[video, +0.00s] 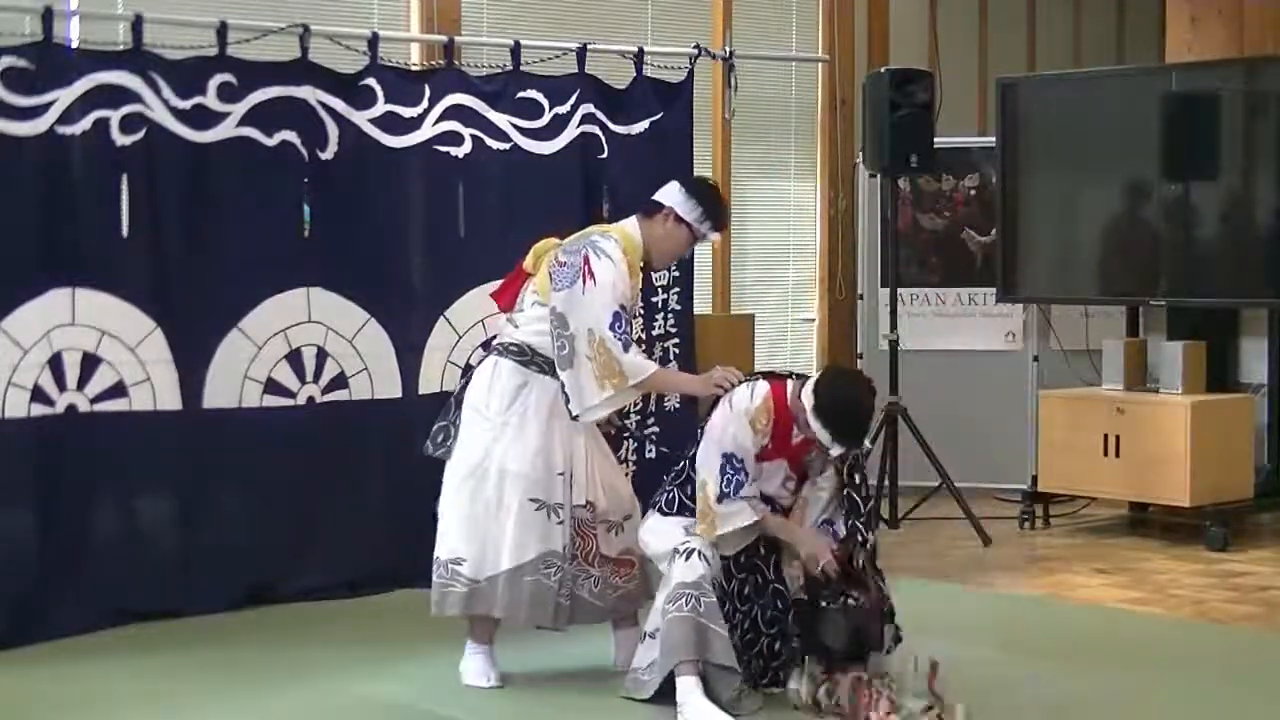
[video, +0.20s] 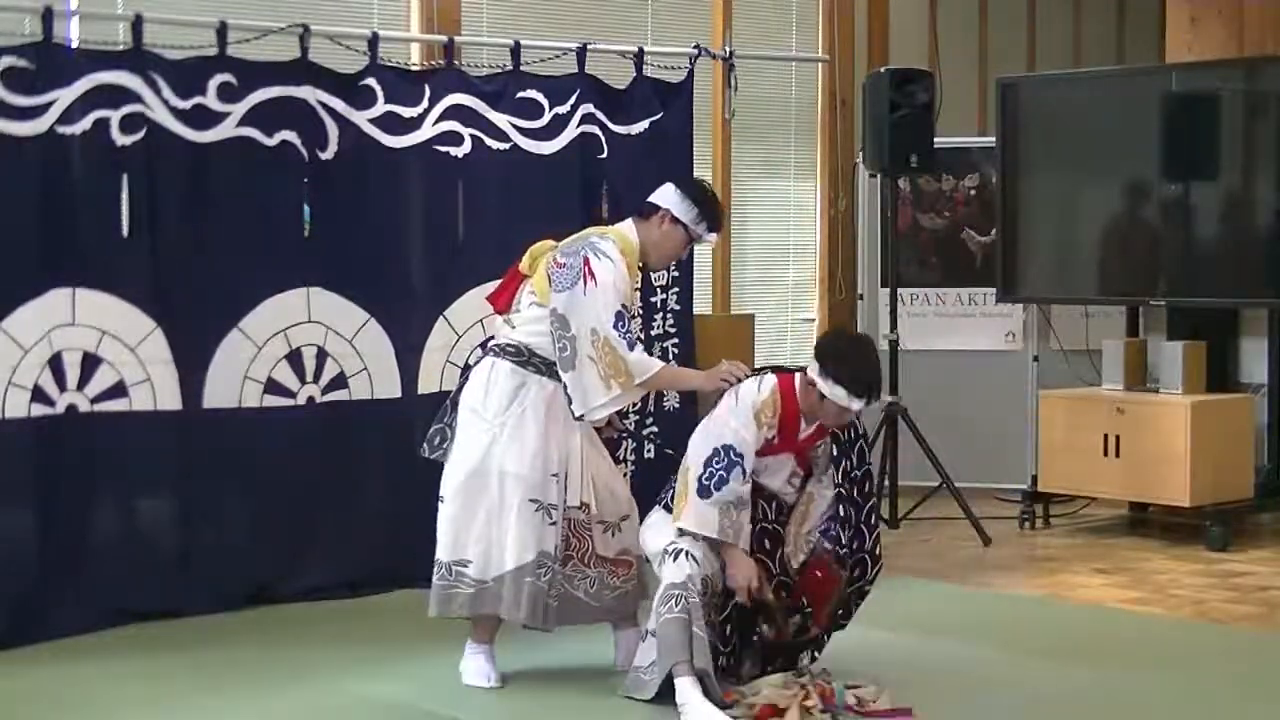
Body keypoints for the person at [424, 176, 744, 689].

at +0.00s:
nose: (688, 254)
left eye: (695, 244)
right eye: (691, 240)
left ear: (666, 220)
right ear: (667, 219)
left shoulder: (618, 262)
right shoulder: (598, 258)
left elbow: (600, 358)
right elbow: (613, 359)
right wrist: (695, 384)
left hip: (558, 399)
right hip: (513, 391)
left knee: (615, 508)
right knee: (498, 513)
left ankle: (630, 648)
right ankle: (479, 649)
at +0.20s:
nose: (684, 255)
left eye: (691, 246)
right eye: (687, 241)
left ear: (661, 222)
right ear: (662, 219)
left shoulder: (615, 264)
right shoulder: (595, 260)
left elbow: (591, 357)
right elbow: (614, 358)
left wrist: (598, 409)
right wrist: (699, 379)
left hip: (554, 401)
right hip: (513, 392)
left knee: (613, 509)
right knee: (505, 516)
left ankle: (630, 645)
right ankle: (479, 648)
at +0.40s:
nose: (682, 254)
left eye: (689, 245)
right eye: (685, 240)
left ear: (658, 222)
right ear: (660, 219)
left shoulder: (613, 263)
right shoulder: (595, 257)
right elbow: (607, 352)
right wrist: (695, 377)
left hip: (553, 398)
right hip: (512, 390)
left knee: (612, 510)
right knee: (506, 514)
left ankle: (631, 648)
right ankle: (479, 651)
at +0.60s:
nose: (679, 256)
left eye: (685, 248)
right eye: (681, 243)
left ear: (656, 224)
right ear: (656, 221)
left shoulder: (609, 261)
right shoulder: (597, 254)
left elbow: (580, 351)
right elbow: (623, 346)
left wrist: (599, 411)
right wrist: (692, 385)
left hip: (547, 397)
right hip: (510, 390)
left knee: (613, 507)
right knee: (505, 517)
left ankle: (632, 645)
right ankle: (478, 651)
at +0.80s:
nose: (668, 265)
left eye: (674, 257)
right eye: (672, 251)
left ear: (645, 228)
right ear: (650, 228)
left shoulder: (581, 254)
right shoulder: (600, 260)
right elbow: (627, 334)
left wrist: (600, 417)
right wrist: (675, 381)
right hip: (519, 393)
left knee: (611, 505)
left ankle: (631, 641)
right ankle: (480, 650)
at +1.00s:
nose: (659, 270)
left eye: (665, 262)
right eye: (661, 256)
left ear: (635, 235)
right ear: (639, 234)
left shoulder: (576, 261)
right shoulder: (598, 272)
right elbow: (631, 345)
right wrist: (672, 385)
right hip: (509, 395)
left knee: (609, 509)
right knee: (498, 522)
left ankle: (630, 642)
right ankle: (480, 650)